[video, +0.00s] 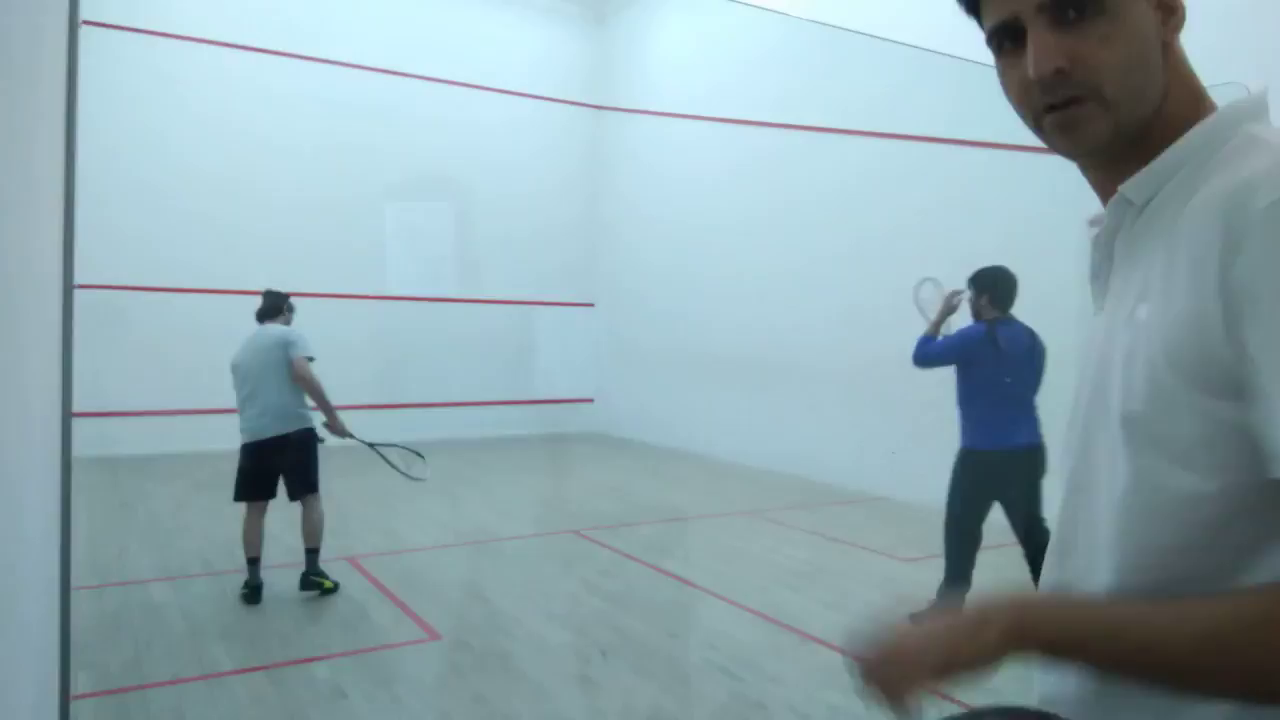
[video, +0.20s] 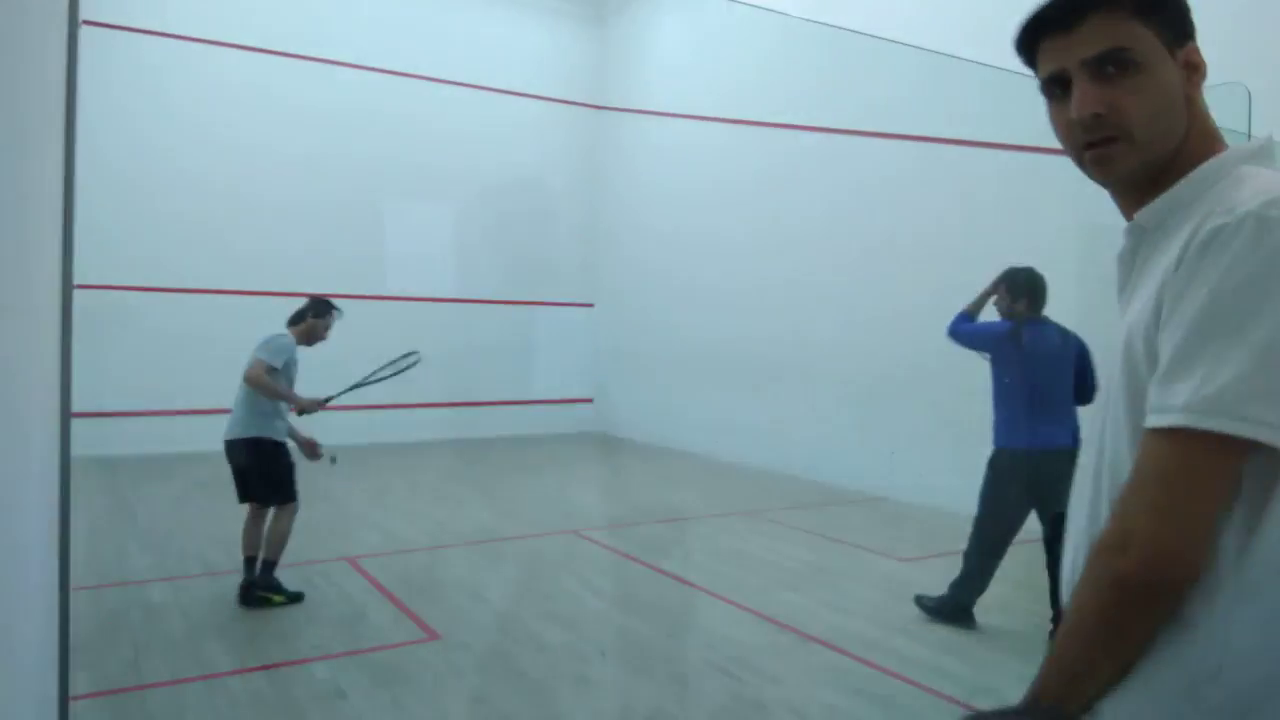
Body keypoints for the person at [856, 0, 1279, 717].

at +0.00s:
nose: (1041, 64)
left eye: (1075, 13)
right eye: (1008, 37)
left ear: (1167, 11)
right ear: (995, 64)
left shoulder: (1258, 202)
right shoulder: (1138, 228)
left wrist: (1021, 623)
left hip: (1210, 702)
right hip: (1088, 692)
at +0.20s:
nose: (1084, 109)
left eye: (1113, 69)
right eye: (1058, 88)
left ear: (1189, 70)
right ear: (1047, 110)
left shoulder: (1251, 225)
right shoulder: (1169, 242)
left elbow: (1155, 552)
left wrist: (1041, 703)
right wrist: (1061, 688)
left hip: (1205, 696)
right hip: (1142, 690)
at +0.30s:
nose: (1118, 137)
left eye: (1145, 102)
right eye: (1095, 118)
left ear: (1209, 106)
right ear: (1082, 141)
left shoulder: (1265, 239)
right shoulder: (1170, 267)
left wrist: (1128, 701)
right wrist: (1135, 656)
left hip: (1241, 695)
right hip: (1148, 673)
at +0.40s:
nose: (1153, 135)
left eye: (1177, 103)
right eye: (1128, 117)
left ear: (1234, 107)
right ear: (1113, 144)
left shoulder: (1268, 253)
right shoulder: (1195, 274)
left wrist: (1194, 686)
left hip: (1249, 693)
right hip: (1158, 674)